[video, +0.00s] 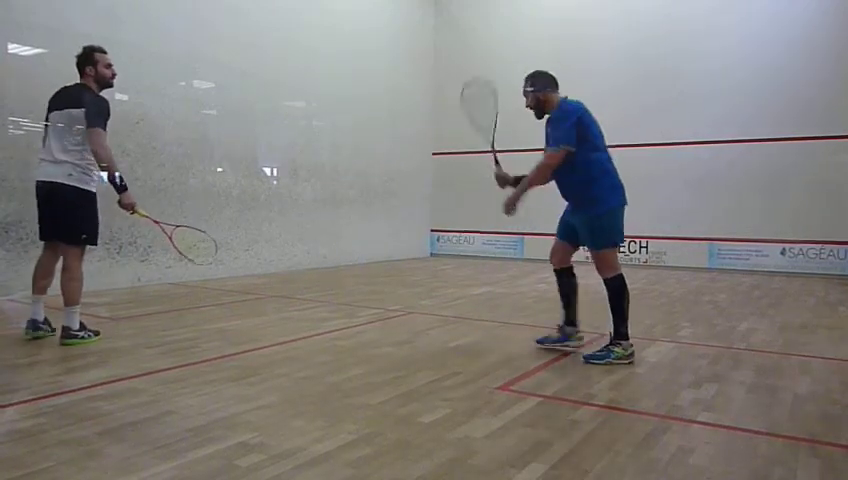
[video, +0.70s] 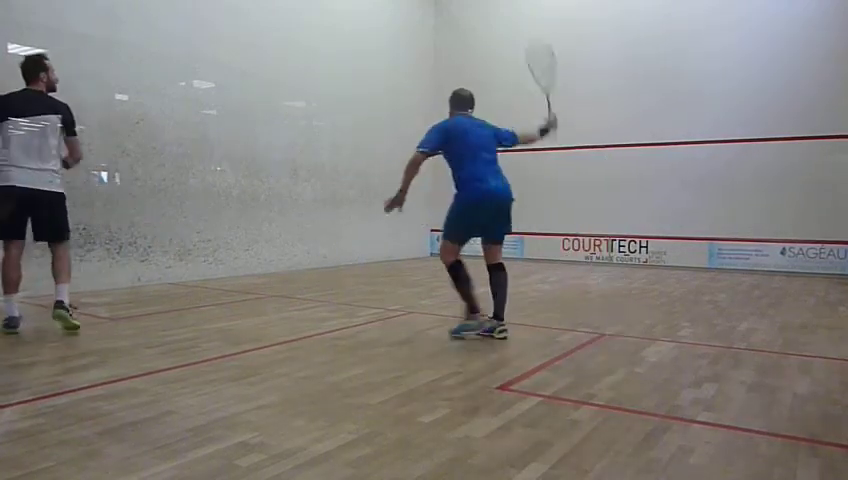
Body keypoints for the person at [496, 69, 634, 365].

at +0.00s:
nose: (526, 103)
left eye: (529, 95)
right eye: (525, 96)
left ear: (544, 92)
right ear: (545, 93)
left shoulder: (567, 113)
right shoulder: (555, 121)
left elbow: (551, 162)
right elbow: (549, 172)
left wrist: (518, 193)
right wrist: (514, 179)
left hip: (603, 202)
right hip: (580, 203)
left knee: (607, 265)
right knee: (560, 258)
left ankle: (621, 343)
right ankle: (570, 330)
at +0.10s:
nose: (516, 103)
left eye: (519, 97)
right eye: (516, 98)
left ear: (534, 95)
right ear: (536, 96)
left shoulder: (557, 114)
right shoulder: (546, 125)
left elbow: (521, 155)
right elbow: (526, 172)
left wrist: (483, 175)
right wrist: (496, 152)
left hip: (594, 202)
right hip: (571, 204)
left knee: (602, 265)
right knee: (549, 256)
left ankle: (621, 343)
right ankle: (532, 324)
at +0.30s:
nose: (493, 103)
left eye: (496, 97)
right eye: (493, 99)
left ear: (509, 98)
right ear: (510, 101)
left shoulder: (526, 120)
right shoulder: (515, 131)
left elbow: (487, 145)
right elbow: (486, 155)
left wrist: (456, 152)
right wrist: (492, 123)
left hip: (557, 208)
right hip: (540, 211)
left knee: (569, 270)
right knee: (520, 261)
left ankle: (613, 336)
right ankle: (501, 321)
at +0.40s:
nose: (480, 117)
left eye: (482, 112)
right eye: (480, 112)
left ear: (490, 111)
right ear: (503, 110)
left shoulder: (500, 130)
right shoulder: (513, 128)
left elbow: (464, 164)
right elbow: (481, 159)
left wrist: (451, 169)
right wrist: (459, 157)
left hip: (533, 207)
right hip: (537, 205)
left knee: (529, 269)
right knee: (508, 260)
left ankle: (588, 322)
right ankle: (498, 323)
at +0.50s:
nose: (470, 116)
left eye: (472, 112)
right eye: (470, 112)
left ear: (480, 111)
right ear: (493, 110)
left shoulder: (479, 130)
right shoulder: (509, 131)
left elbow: (451, 170)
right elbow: (486, 171)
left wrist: (437, 203)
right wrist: (459, 190)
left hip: (509, 203)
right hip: (532, 200)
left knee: (499, 266)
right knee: (504, 263)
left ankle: (557, 309)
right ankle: (498, 322)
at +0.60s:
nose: (459, 113)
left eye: (459, 109)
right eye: (460, 109)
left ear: (461, 108)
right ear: (482, 108)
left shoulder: (460, 128)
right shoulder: (496, 129)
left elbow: (433, 164)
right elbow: (507, 162)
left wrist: (423, 196)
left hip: (491, 198)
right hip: (518, 196)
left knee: (474, 261)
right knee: (500, 258)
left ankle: (522, 308)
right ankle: (499, 320)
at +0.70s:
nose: (450, 112)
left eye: (450, 108)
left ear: (450, 107)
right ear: (471, 108)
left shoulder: (445, 128)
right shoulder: (486, 128)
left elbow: (416, 161)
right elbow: (521, 138)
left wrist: (401, 194)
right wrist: (543, 130)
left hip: (471, 197)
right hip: (501, 196)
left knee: (448, 254)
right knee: (494, 256)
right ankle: (498, 321)